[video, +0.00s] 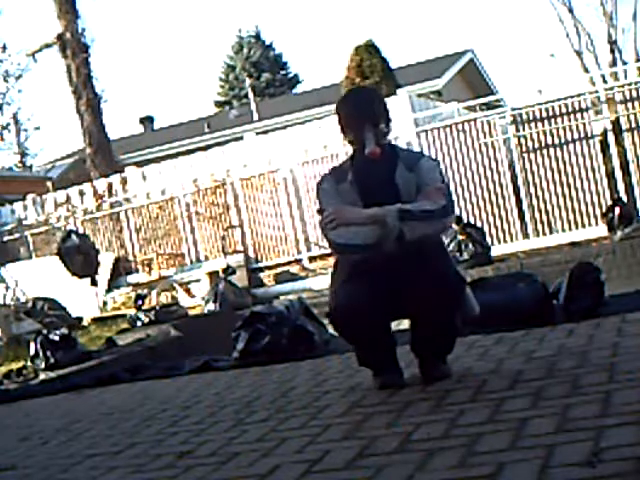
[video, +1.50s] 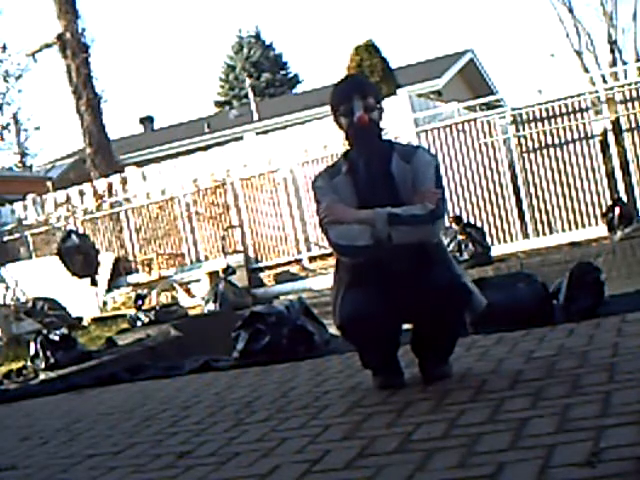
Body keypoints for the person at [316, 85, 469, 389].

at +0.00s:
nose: (366, 136)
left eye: (373, 124)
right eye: (355, 128)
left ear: (387, 122)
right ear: (343, 130)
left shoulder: (421, 165)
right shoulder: (332, 183)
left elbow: (442, 215)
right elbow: (339, 238)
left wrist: (364, 215)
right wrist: (412, 215)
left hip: (421, 265)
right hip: (363, 276)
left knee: (442, 284)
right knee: (347, 305)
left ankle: (433, 357)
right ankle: (384, 367)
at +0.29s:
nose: (357, 136)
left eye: (365, 123)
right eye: (346, 128)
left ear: (376, 121)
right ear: (334, 133)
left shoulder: (414, 167)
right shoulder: (325, 191)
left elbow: (434, 223)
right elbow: (343, 250)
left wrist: (357, 225)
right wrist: (413, 226)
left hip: (423, 266)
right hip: (366, 278)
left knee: (447, 289)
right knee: (364, 311)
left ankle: (433, 355)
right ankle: (385, 366)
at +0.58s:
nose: (363, 136)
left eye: (371, 122)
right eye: (352, 127)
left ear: (382, 120)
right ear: (339, 130)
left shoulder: (420, 167)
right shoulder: (329, 190)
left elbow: (436, 230)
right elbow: (347, 252)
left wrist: (361, 226)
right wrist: (413, 221)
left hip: (424, 266)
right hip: (366, 278)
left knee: (445, 292)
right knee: (356, 311)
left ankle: (434, 357)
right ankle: (385, 367)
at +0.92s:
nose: (363, 127)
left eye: (372, 115)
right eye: (352, 120)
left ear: (384, 115)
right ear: (341, 125)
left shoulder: (419, 165)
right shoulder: (330, 185)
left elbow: (434, 222)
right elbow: (345, 245)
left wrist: (358, 219)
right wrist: (410, 216)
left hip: (422, 264)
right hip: (366, 275)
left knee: (447, 290)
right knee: (355, 312)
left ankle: (434, 358)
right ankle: (384, 366)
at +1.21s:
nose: (360, 120)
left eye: (368, 108)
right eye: (348, 112)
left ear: (380, 111)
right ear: (337, 121)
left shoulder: (417, 162)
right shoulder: (327, 182)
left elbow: (431, 226)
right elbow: (342, 243)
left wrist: (356, 218)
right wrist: (412, 216)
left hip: (422, 266)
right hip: (364, 278)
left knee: (445, 296)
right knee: (359, 316)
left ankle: (434, 358)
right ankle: (384, 367)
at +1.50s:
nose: (361, 118)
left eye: (368, 107)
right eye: (349, 112)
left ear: (381, 110)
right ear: (338, 121)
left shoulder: (417, 159)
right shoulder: (327, 182)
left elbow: (433, 224)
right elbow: (344, 242)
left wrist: (356, 216)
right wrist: (413, 213)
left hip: (423, 266)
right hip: (365, 278)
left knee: (446, 296)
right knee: (359, 316)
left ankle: (434, 358)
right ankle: (384, 367)